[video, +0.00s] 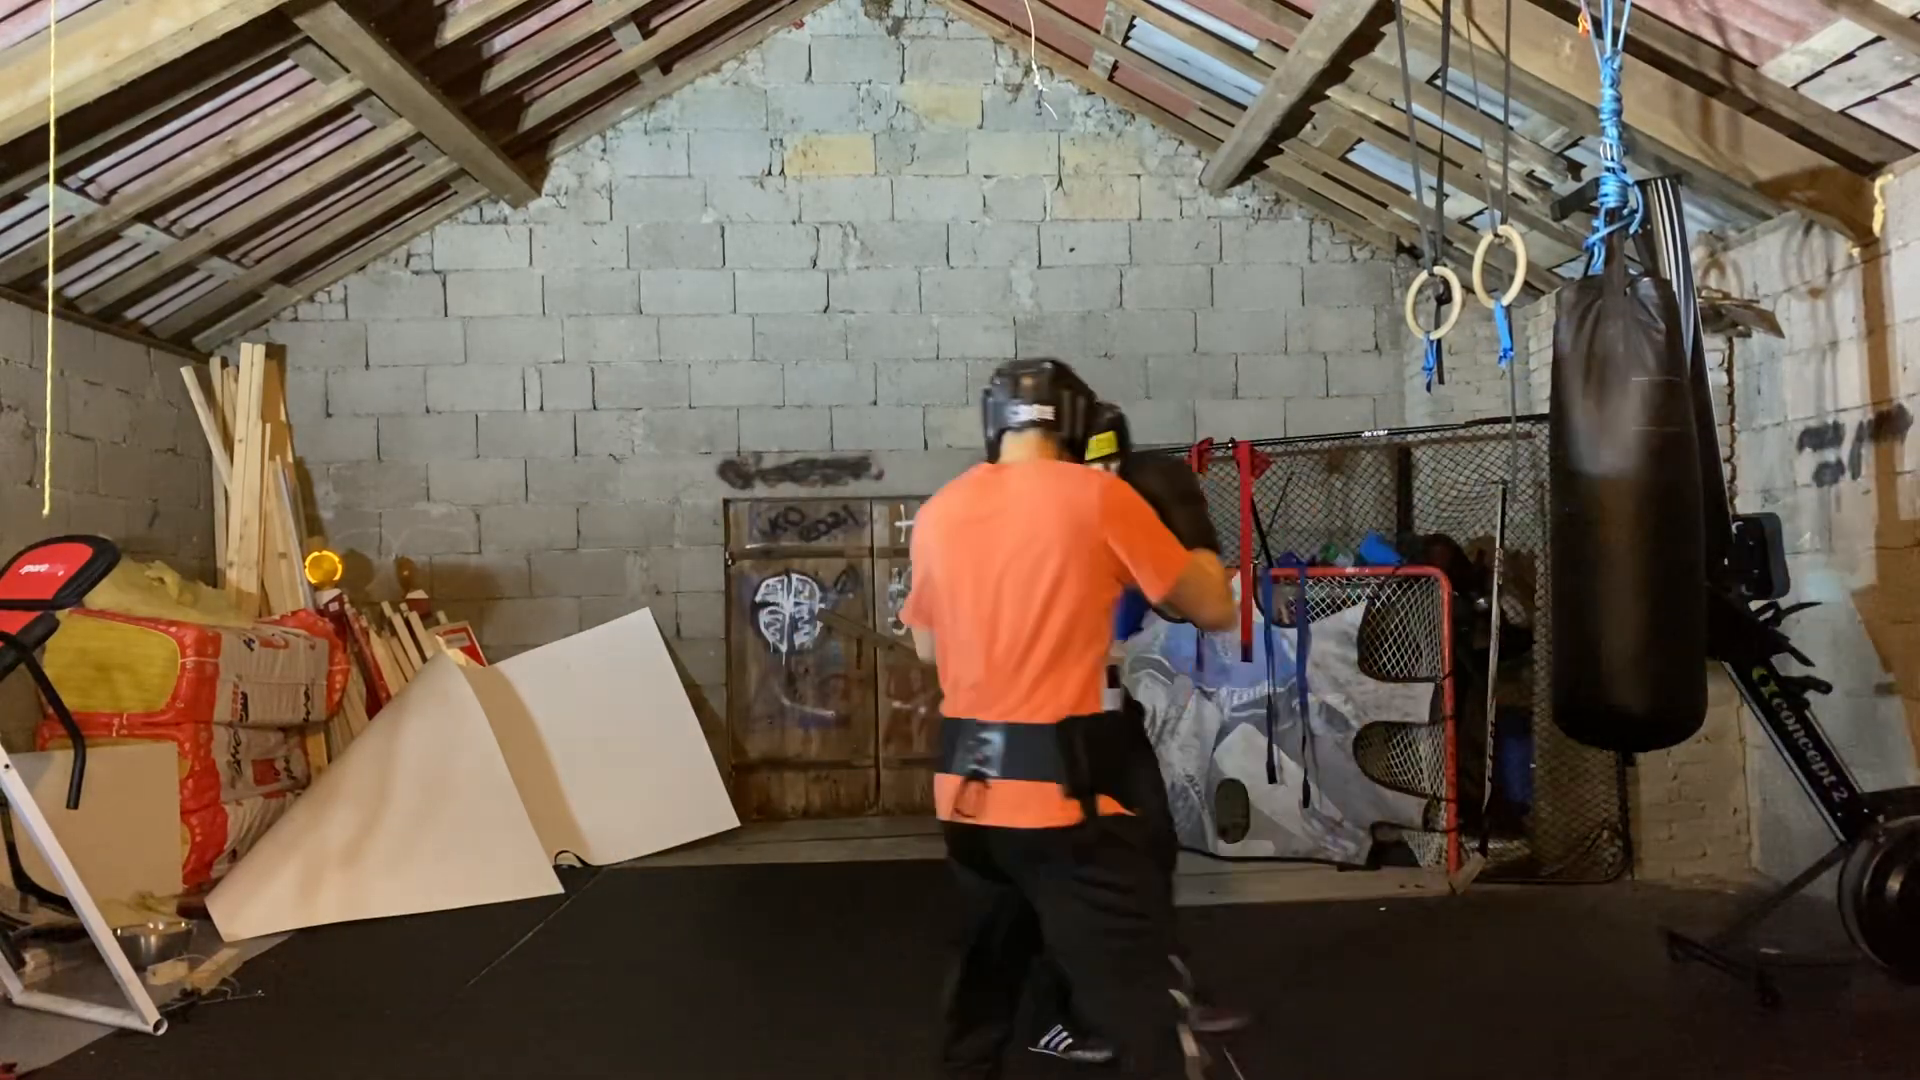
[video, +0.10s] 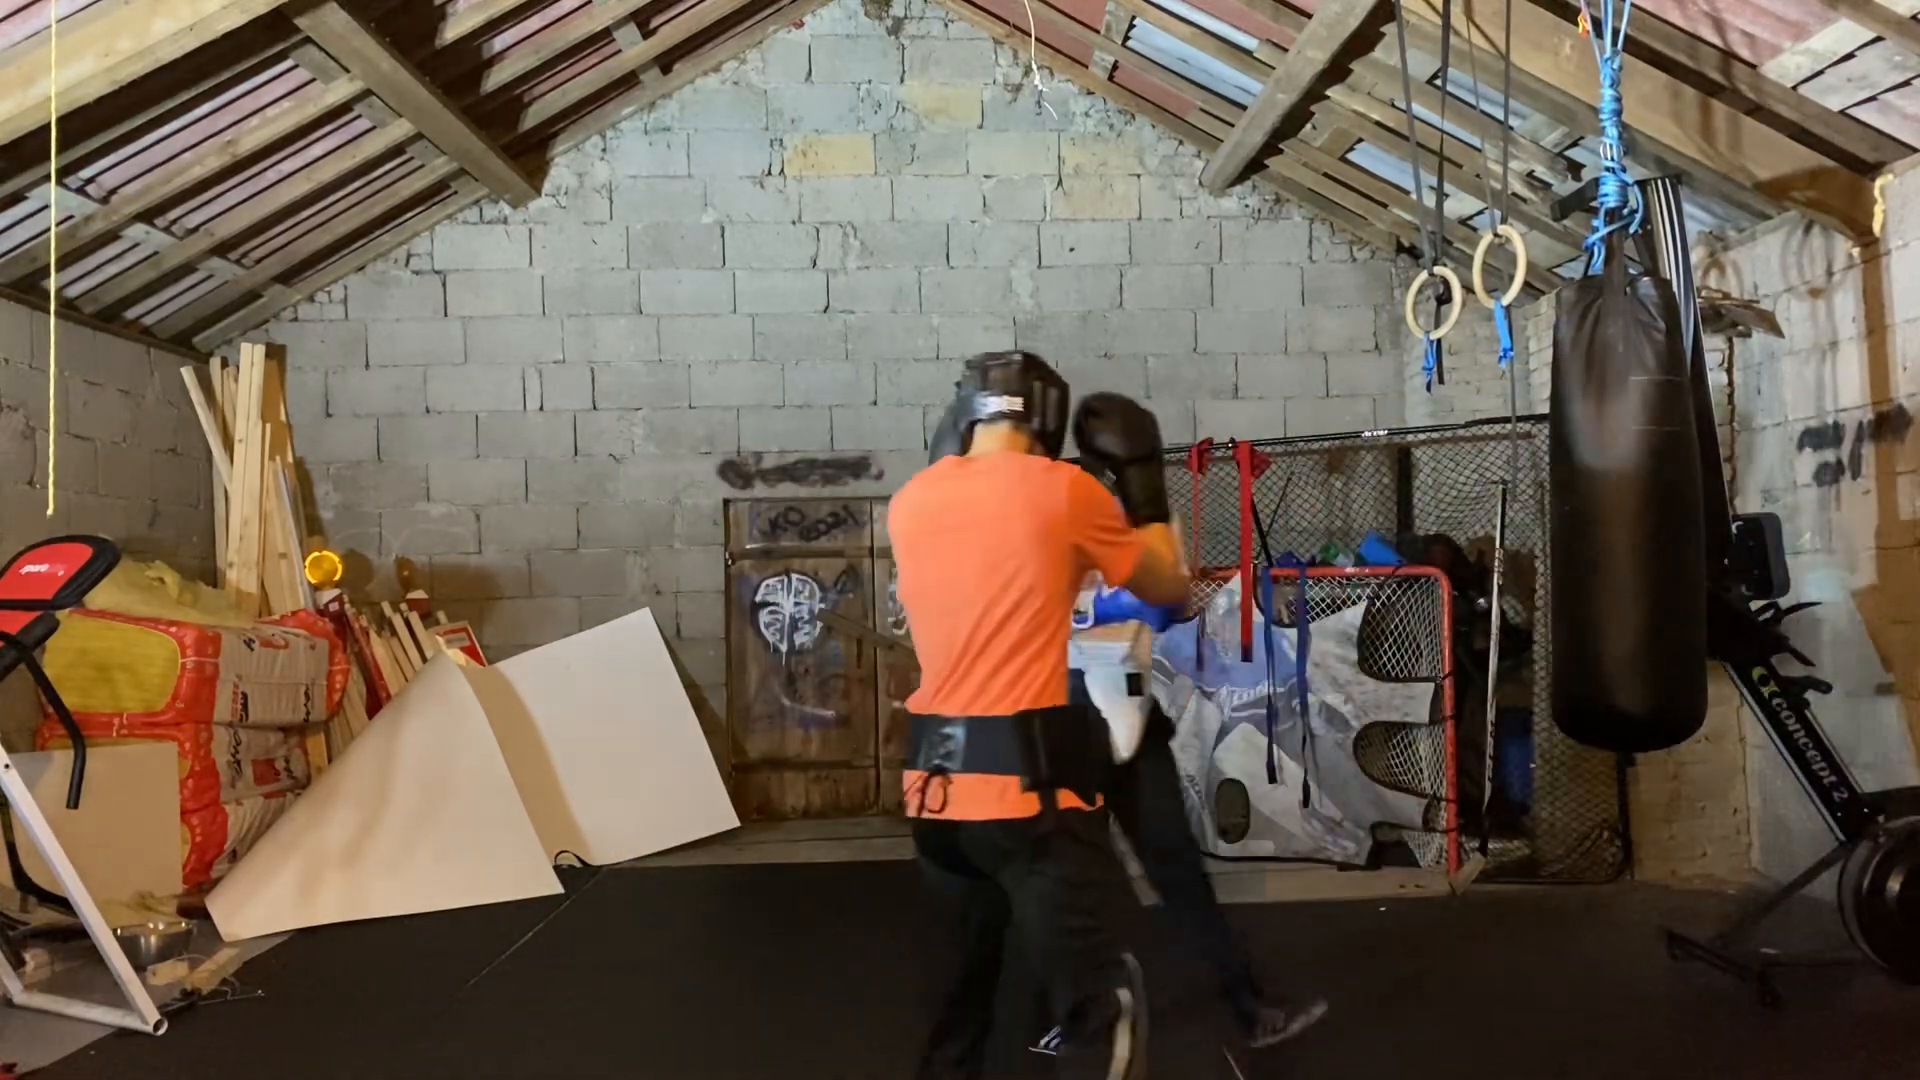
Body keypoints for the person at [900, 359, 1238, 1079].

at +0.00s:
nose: (1086, 431)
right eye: (1082, 418)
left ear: (992, 425)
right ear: (1072, 422)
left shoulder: (938, 512)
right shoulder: (1097, 498)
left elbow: (932, 638)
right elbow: (1215, 606)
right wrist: (1180, 514)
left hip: (966, 800)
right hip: (1066, 802)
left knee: (987, 983)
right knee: (1136, 1008)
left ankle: (968, 1062)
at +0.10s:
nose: (1057, 429)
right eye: (1055, 417)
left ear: (963, 416)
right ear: (1045, 418)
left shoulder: (909, 502)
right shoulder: (1063, 491)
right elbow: (1171, 586)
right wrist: (1144, 476)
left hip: (932, 796)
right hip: (1024, 800)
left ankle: (950, 1062)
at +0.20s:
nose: (1031, 428)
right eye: (1027, 414)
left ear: (939, 414)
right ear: (1018, 415)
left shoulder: (883, 503)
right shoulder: (1040, 492)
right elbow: (1120, 580)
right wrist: (1108, 473)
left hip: (910, 786)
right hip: (1005, 791)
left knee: (938, 1001)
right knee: (1022, 1013)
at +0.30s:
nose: (1012, 430)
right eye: (1010, 417)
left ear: (918, 417)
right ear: (1000, 419)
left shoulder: (861, 507)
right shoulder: (1016, 495)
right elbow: (1102, 587)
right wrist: (1086, 476)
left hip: (889, 782)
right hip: (977, 786)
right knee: (944, 1012)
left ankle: (946, 1041)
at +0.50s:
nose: (984, 443)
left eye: (985, 431)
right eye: (982, 428)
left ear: (890, 417)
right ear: (964, 421)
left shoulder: (822, 503)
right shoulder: (960, 500)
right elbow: (1058, 592)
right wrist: (1055, 474)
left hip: (850, 804)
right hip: (921, 812)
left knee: (927, 1029)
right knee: (893, 1047)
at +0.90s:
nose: (935, 462)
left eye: (942, 448)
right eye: (938, 447)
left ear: (851, 427)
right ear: (916, 437)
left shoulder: (783, 501)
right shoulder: (871, 507)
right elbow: (977, 588)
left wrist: (957, 496)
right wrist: (1002, 477)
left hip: (762, 801)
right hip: (807, 809)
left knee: (867, 1021)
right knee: (812, 1044)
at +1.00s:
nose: (890, 468)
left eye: (895, 449)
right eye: (889, 447)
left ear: (801, 431)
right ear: (859, 447)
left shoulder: (742, 516)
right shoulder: (818, 527)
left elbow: (892, 556)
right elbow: (950, 573)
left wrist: (912, 471)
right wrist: (953, 457)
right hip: (783, 821)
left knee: (897, 992)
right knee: (763, 1044)